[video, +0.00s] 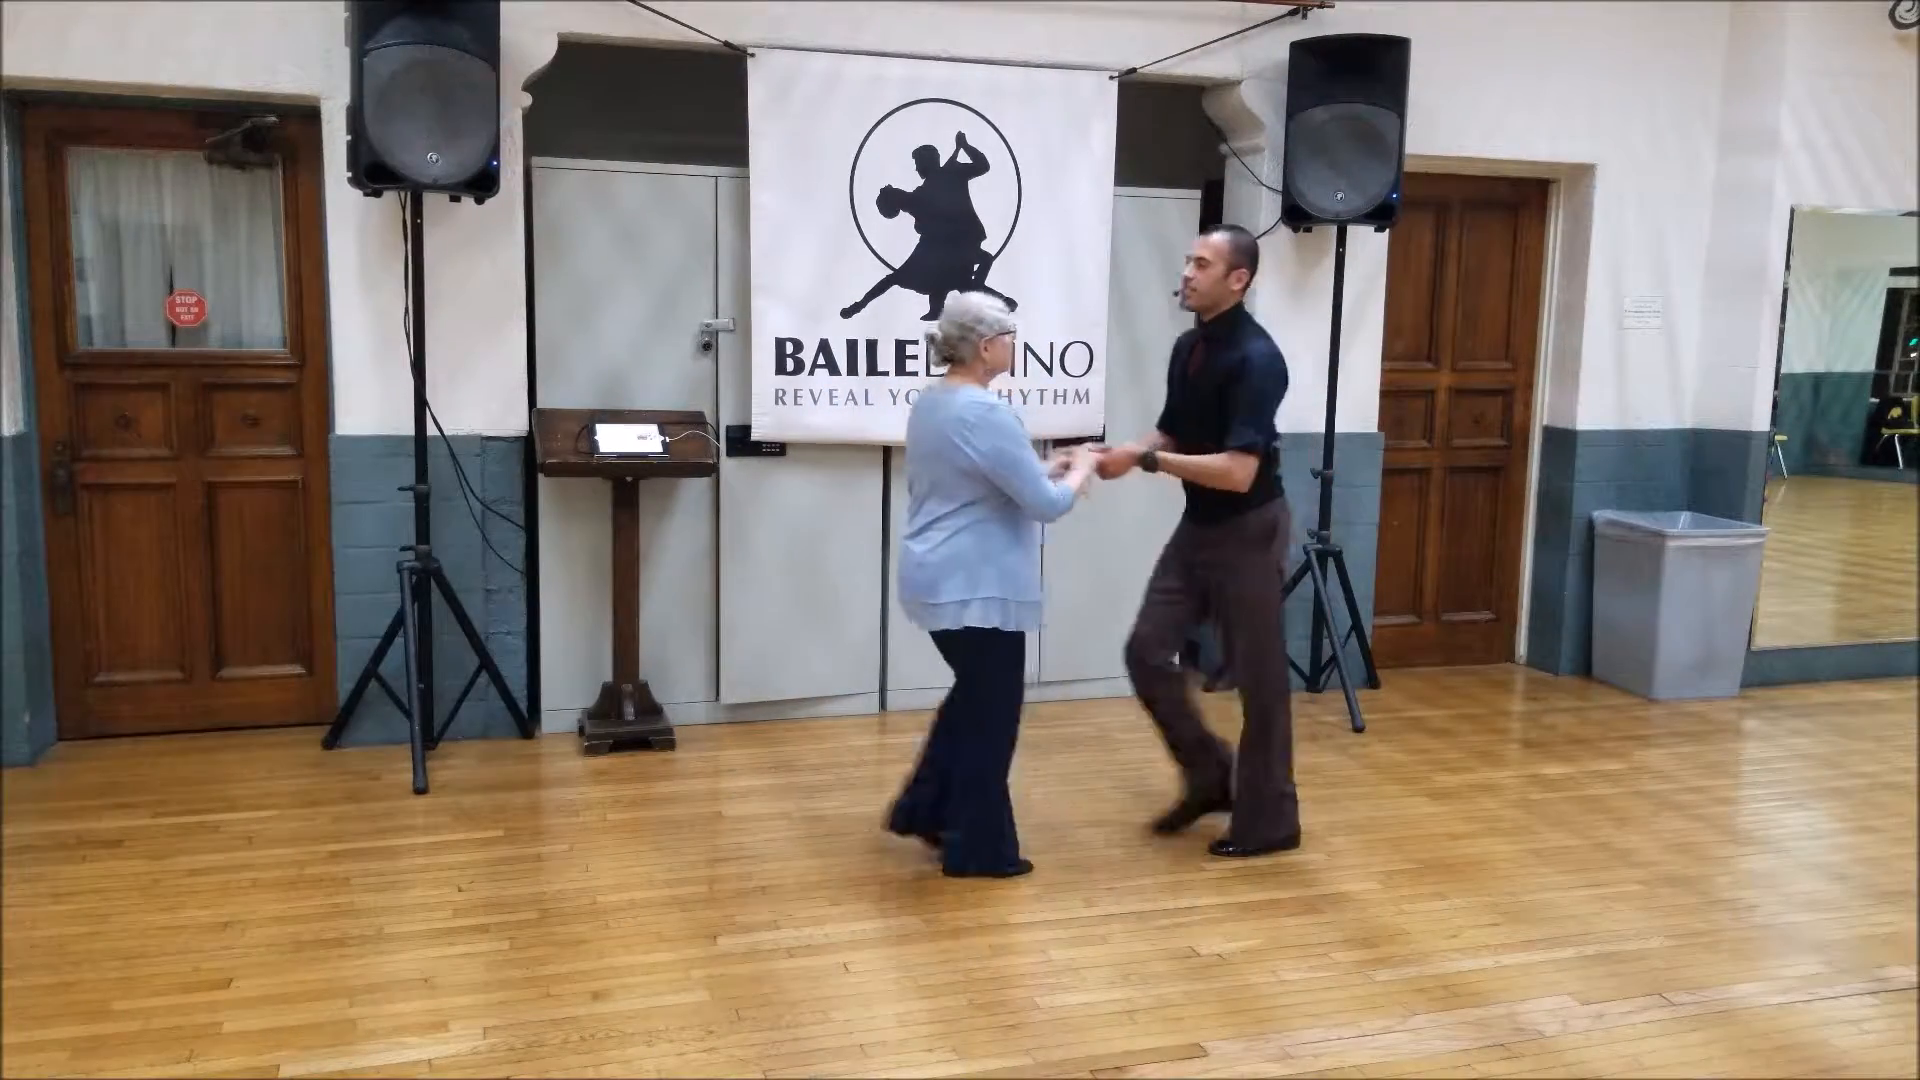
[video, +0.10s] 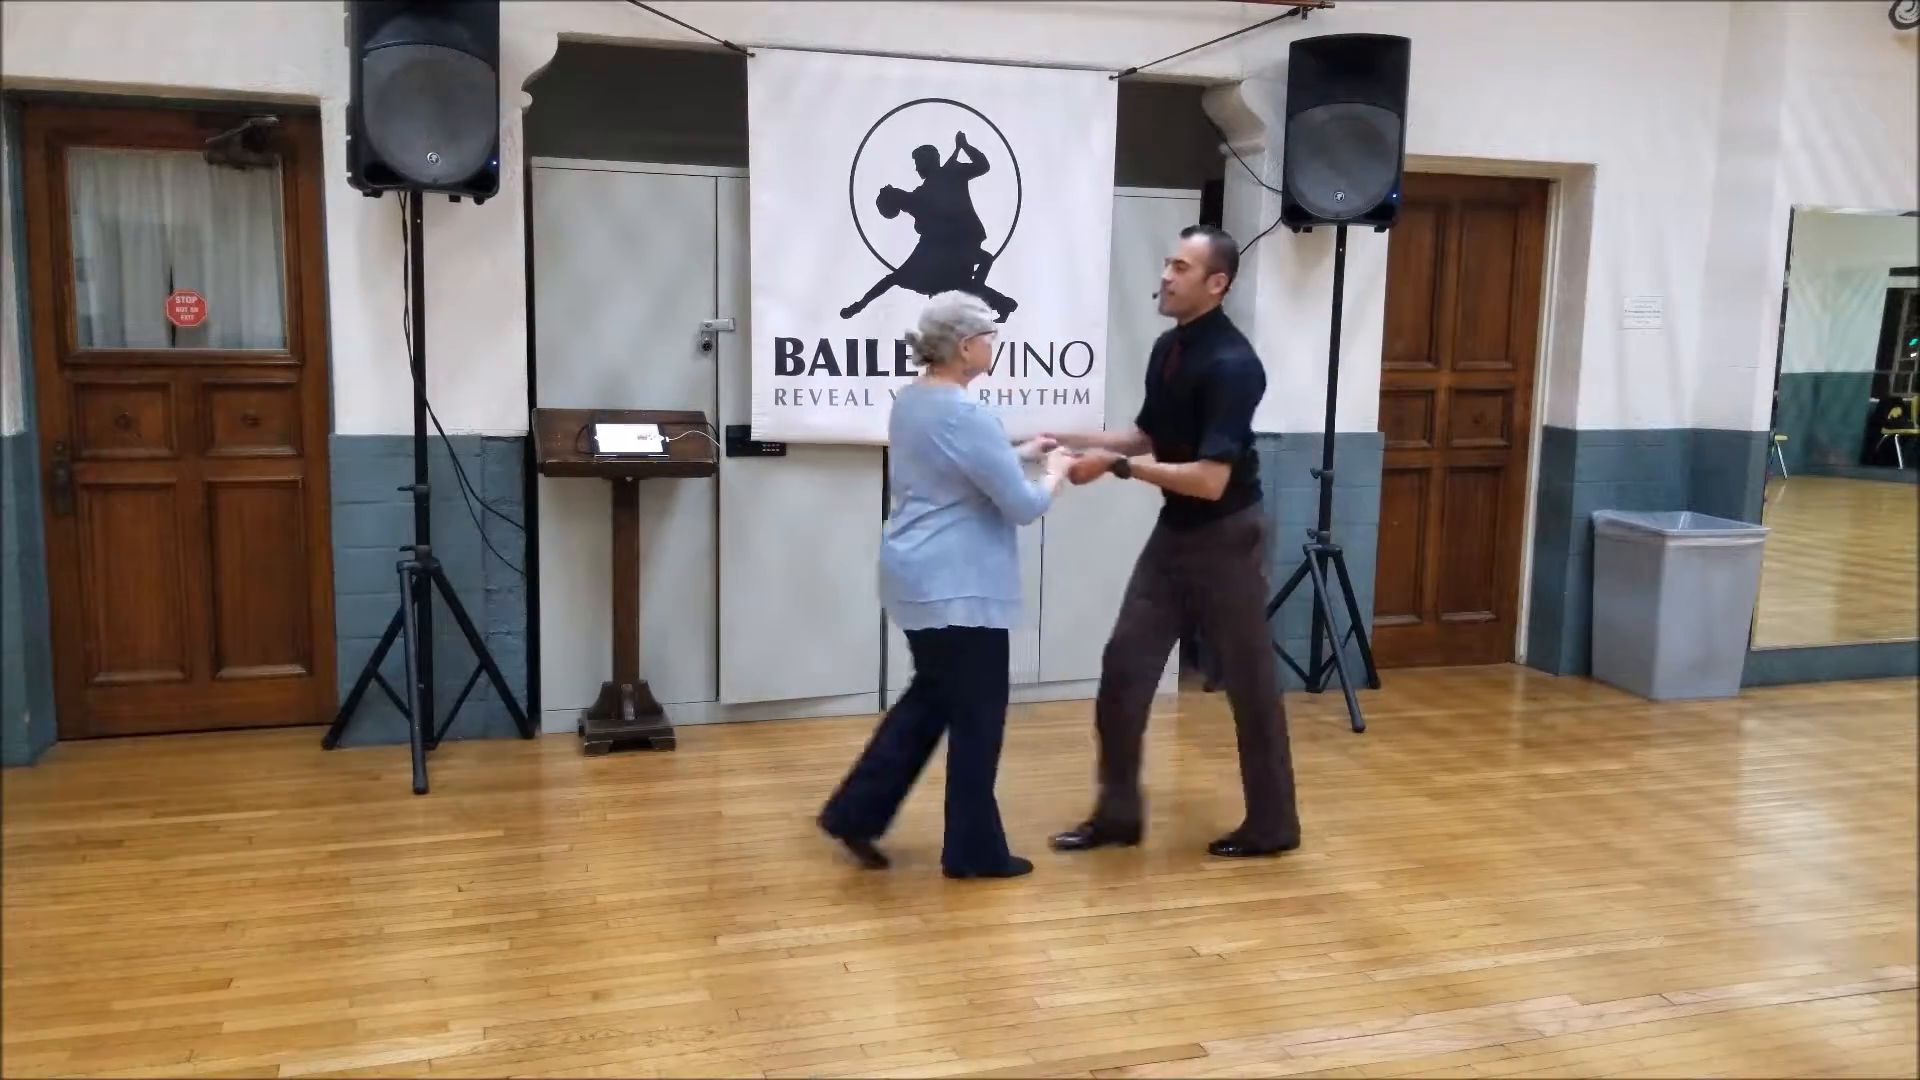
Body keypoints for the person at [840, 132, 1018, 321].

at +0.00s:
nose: (917, 167)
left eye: (918, 163)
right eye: (917, 162)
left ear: (921, 163)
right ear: (938, 159)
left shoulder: (919, 195)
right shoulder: (957, 171)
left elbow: (920, 227)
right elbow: (983, 165)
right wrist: (966, 146)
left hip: (935, 253)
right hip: (966, 248)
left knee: (895, 278)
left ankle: (860, 305)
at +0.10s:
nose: (917, 167)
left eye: (918, 163)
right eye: (918, 162)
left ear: (920, 164)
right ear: (938, 158)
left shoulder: (919, 195)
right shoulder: (956, 171)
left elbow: (921, 227)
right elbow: (983, 165)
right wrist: (966, 147)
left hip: (933, 252)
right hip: (966, 246)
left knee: (895, 278)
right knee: (962, 283)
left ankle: (860, 305)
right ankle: (1003, 302)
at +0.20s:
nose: (916, 167)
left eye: (918, 163)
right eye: (916, 162)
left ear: (923, 163)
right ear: (937, 159)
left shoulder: (920, 194)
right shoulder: (957, 171)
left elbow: (920, 226)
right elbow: (983, 165)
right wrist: (966, 146)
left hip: (932, 255)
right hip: (965, 250)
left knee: (895, 278)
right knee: (964, 284)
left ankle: (860, 305)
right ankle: (1004, 304)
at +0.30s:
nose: (916, 167)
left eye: (918, 163)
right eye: (916, 163)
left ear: (924, 163)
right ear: (937, 159)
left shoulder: (920, 194)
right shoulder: (956, 171)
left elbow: (920, 226)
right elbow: (982, 165)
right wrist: (966, 147)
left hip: (934, 253)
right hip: (965, 248)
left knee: (894, 278)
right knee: (965, 285)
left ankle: (860, 305)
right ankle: (1004, 303)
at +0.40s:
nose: (916, 167)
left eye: (917, 163)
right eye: (916, 163)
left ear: (924, 163)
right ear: (937, 159)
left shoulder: (920, 194)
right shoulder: (957, 171)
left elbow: (920, 227)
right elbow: (982, 165)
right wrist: (966, 146)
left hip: (934, 255)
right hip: (966, 249)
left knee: (894, 278)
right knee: (965, 285)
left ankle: (859, 306)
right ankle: (1003, 304)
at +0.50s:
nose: (916, 167)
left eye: (918, 162)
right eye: (916, 162)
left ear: (924, 163)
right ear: (937, 160)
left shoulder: (921, 193)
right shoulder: (955, 172)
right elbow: (983, 166)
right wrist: (965, 146)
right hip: (968, 238)